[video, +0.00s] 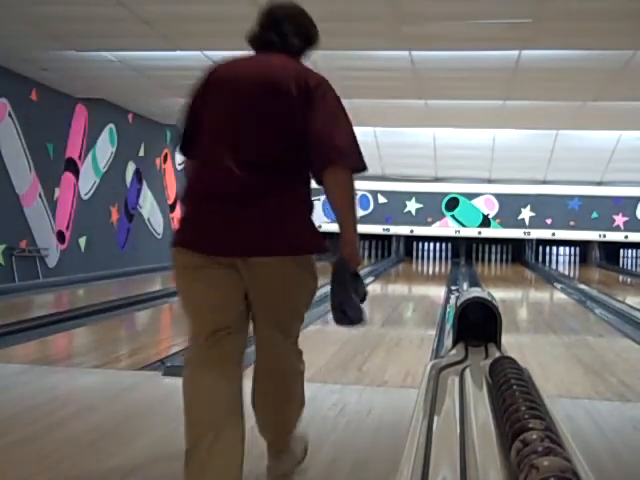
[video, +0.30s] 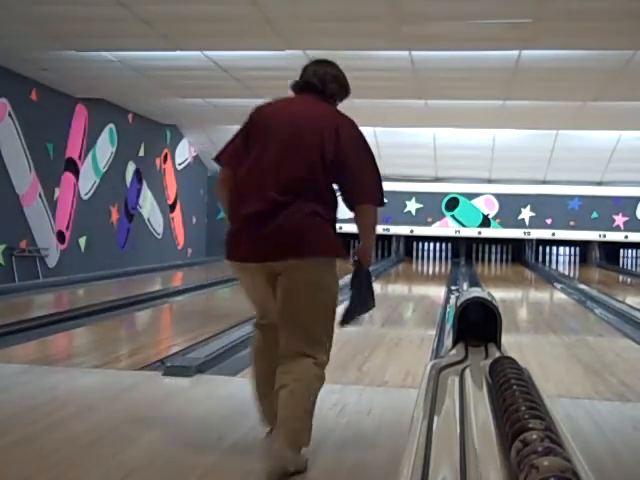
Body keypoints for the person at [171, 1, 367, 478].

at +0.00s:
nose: (308, 55)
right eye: (309, 48)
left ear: (255, 37)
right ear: (303, 45)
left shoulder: (215, 78)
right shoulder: (310, 86)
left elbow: (192, 151)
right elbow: (337, 172)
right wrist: (349, 248)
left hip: (202, 239)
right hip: (281, 244)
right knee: (279, 342)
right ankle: (281, 451)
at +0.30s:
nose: (342, 107)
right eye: (342, 101)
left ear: (299, 84)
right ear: (337, 95)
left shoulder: (262, 115)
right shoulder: (340, 126)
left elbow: (225, 180)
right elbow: (365, 198)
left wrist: (244, 222)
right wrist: (365, 257)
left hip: (248, 243)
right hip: (309, 246)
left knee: (268, 323)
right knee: (305, 351)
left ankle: (273, 424)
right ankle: (286, 454)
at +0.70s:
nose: (349, 118)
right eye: (349, 113)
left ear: (313, 105)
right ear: (345, 111)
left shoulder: (287, 132)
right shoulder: (356, 145)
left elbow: (258, 183)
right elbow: (367, 203)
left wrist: (254, 223)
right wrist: (368, 238)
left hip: (284, 241)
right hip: (331, 244)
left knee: (299, 312)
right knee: (332, 316)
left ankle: (309, 387)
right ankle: (315, 379)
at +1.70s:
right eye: (356, 87)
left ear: (320, 86)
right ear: (355, 90)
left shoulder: (297, 119)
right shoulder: (367, 127)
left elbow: (288, 166)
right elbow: (374, 183)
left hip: (301, 234)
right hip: (350, 236)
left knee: (307, 311)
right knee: (349, 313)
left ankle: (304, 380)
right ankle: (331, 397)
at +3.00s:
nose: (378, 71)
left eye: (383, 62)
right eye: (380, 60)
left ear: (337, 39)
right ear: (360, 43)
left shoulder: (282, 69)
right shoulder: (358, 81)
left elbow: (266, 147)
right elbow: (372, 160)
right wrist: (326, 177)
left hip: (260, 226)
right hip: (324, 231)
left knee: (270, 339)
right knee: (332, 345)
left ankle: (272, 457)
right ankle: (316, 462)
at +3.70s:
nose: (393, 35)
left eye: (400, 24)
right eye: (398, 18)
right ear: (375, 2)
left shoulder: (274, 27)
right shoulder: (335, 34)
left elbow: (212, 111)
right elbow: (338, 133)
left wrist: (287, 146)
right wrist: (401, 217)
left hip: (218, 225)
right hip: (288, 229)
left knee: (236, 383)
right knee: (310, 393)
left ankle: (232, 475)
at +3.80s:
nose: (414, 38)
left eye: (421, 27)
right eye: (416, 21)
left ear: (376, 2)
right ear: (386, 6)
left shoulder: (287, 26)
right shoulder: (352, 44)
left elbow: (214, 101)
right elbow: (386, 169)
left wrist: (285, 143)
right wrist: (444, 258)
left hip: (214, 227)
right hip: (286, 233)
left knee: (233, 382)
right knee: (310, 396)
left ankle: (231, 475)